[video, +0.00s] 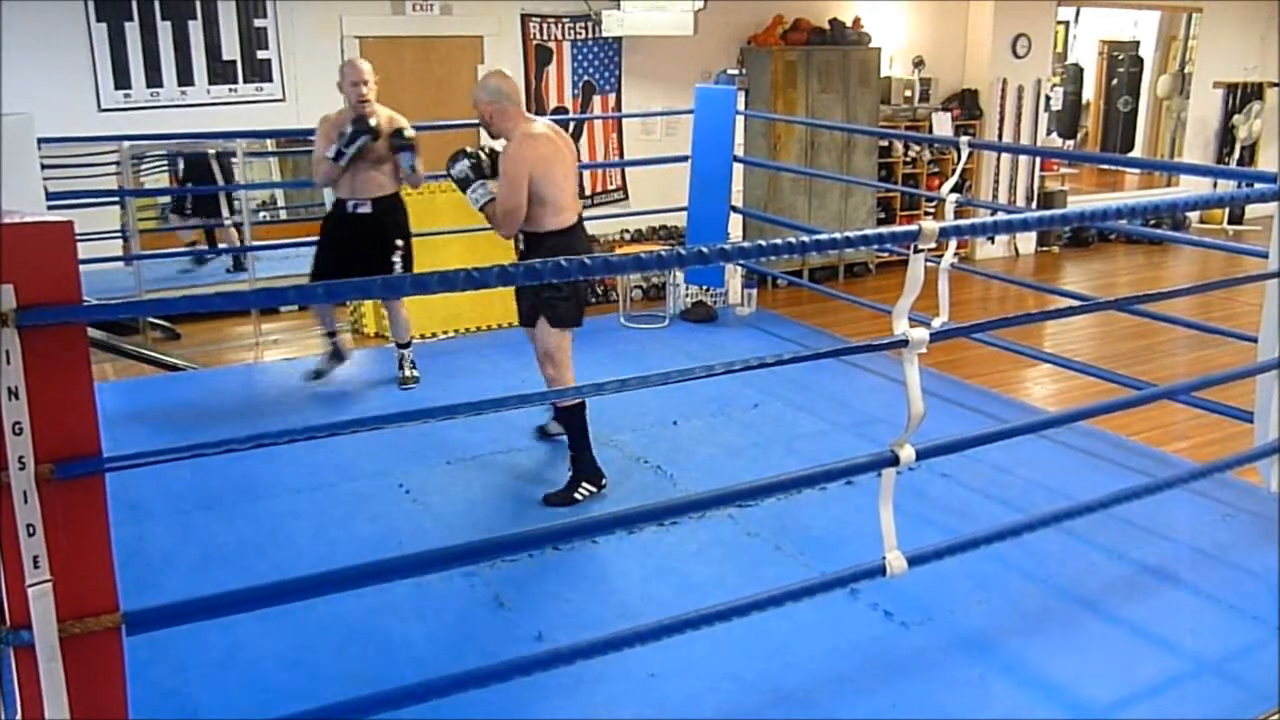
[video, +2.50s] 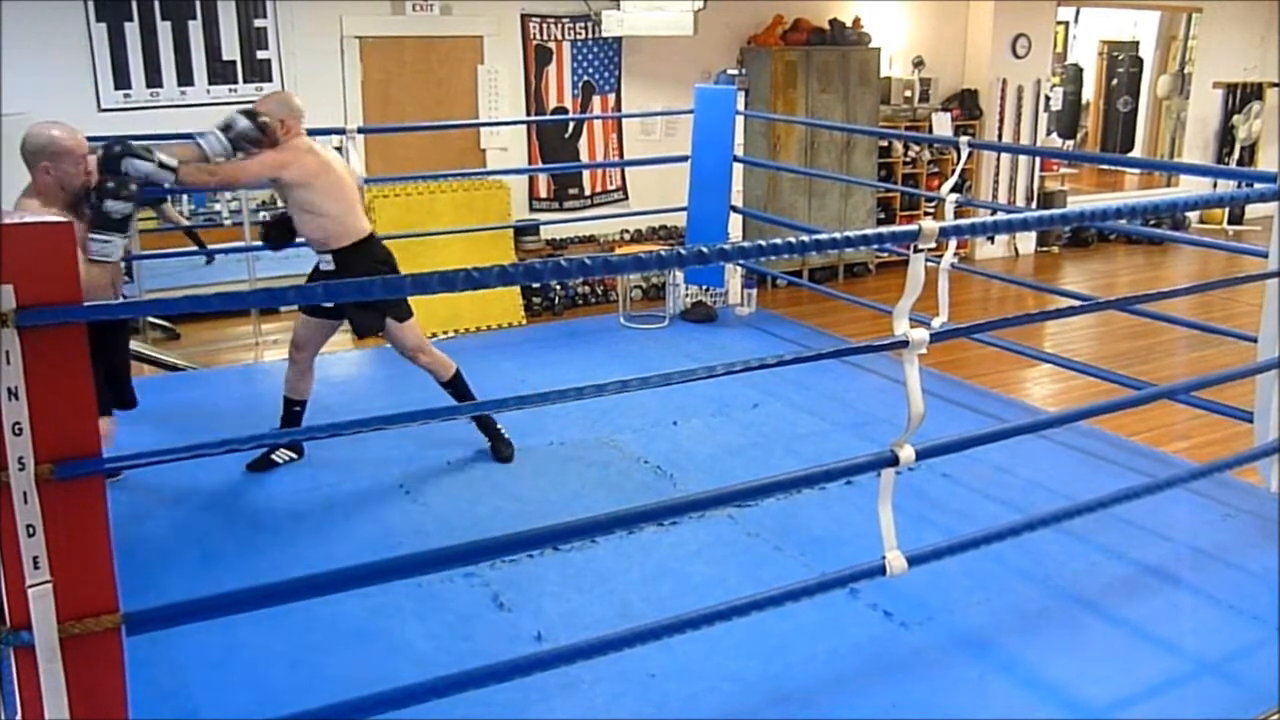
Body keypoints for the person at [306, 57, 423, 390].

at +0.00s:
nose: (361, 91)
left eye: (365, 83)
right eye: (353, 85)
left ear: (375, 84)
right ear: (342, 88)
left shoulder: (394, 122)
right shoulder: (331, 124)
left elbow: (415, 181)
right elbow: (322, 177)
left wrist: (405, 157)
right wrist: (348, 147)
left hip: (386, 210)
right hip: (345, 213)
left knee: (391, 292)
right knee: (321, 289)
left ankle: (406, 359)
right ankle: (337, 348)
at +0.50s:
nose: (296, 99)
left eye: (301, 92)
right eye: (288, 93)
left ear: (309, 92)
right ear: (272, 94)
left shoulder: (324, 129)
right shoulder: (255, 128)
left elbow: (350, 183)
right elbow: (249, 185)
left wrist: (343, 135)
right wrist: (269, 141)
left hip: (316, 223)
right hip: (270, 225)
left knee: (329, 311)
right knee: (263, 310)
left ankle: (346, 387)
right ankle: (266, 380)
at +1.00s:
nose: (206, 118)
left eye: (209, 110)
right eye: (197, 112)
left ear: (213, 111)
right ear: (177, 116)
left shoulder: (229, 153)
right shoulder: (157, 155)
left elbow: (250, 208)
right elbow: (158, 217)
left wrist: (258, 163)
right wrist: (179, 175)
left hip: (224, 251)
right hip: (171, 256)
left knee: (272, 326)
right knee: (149, 342)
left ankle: (330, 389)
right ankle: (139, 415)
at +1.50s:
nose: (171, 132)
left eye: (175, 123)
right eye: (161, 126)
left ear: (179, 120)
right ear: (137, 126)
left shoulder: (196, 155)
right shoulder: (119, 163)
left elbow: (227, 209)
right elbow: (132, 231)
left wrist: (219, 153)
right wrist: (143, 180)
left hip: (200, 264)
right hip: (144, 269)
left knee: (245, 345)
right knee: (120, 363)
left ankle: (281, 414)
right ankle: (107, 421)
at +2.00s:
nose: (96, 111)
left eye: (96, 103)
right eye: (85, 106)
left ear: (97, 102)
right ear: (57, 114)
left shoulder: (106, 147)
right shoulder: (46, 163)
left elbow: (124, 204)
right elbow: (79, 238)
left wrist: (155, 192)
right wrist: (94, 176)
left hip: (117, 269)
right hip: (73, 276)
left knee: (166, 357)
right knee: (81, 378)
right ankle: (75, 458)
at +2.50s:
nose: (91, 168)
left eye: (89, 157)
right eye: (81, 161)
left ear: (46, 173)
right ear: (46, 172)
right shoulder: (45, 227)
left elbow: (106, 278)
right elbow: (98, 289)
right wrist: (113, 226)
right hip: (70, 373)